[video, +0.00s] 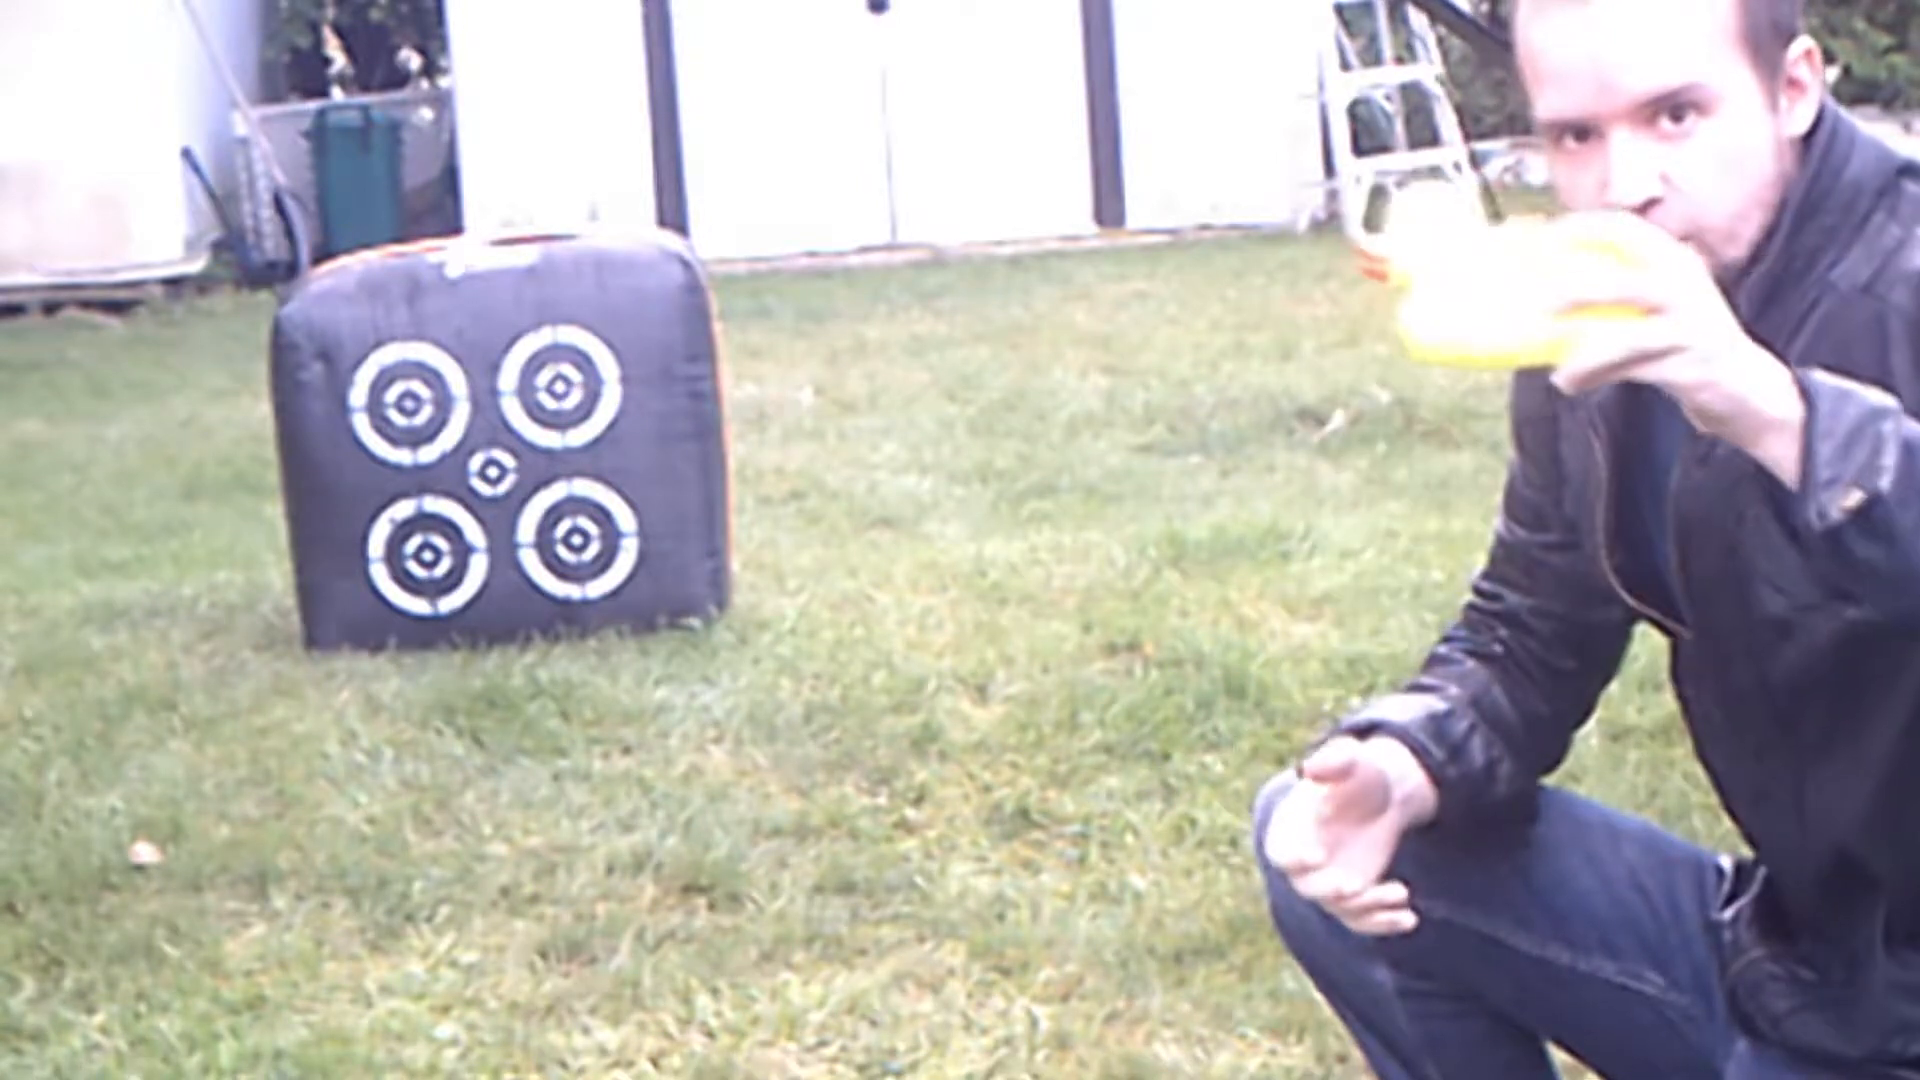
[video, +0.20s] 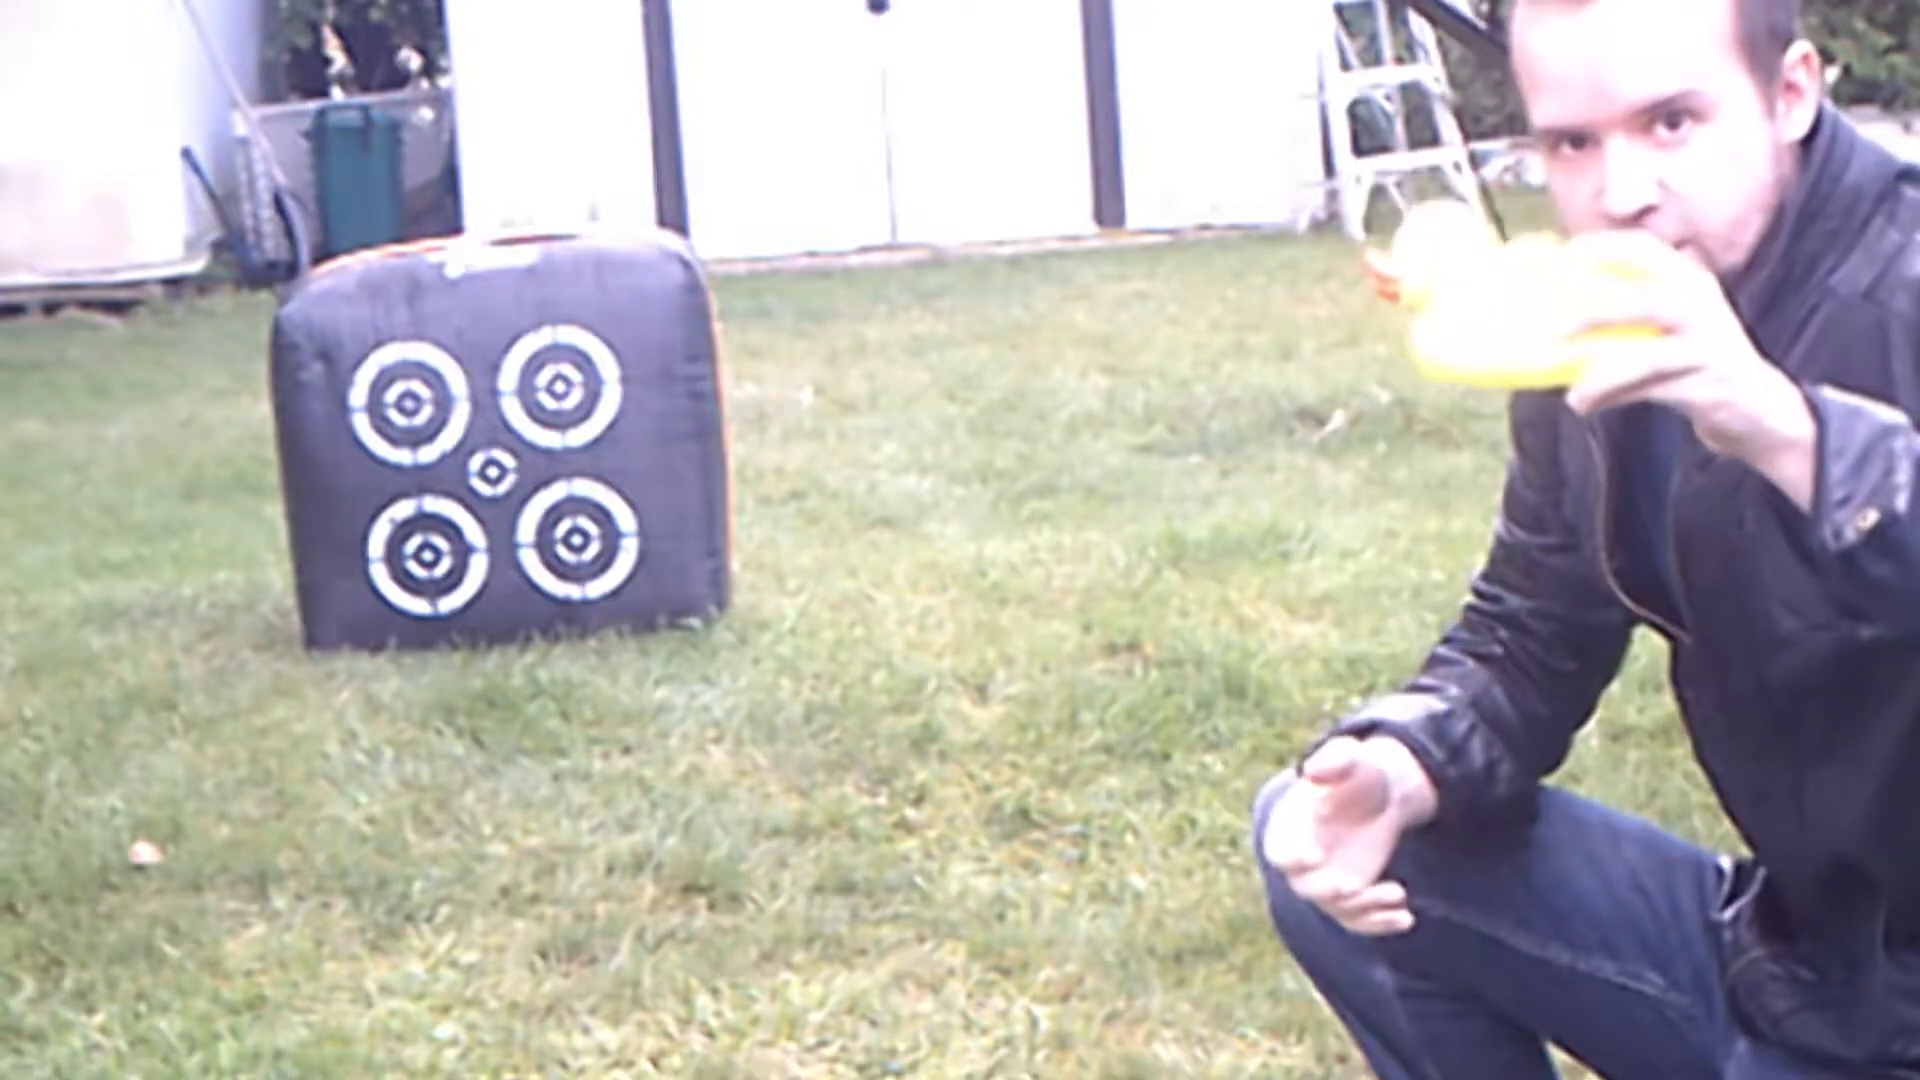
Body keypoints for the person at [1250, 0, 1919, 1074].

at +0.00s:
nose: (1626, 184)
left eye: (1675, 116)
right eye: (1575, 135)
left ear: (1796, 89)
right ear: (1536, 138)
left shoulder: (1898, 281)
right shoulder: (1598, 307)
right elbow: (1531, 629)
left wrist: (1779, 414)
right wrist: (1407, 760)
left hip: (1892, 1026)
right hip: (1769, 939)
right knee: (1328, 848)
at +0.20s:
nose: (1618, 196)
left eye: (1671, 123)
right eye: (1571, 142)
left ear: (1793, 95)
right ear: (1534, 146)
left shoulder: (1897, 288)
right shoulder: (1605, 314)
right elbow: (1530, 630)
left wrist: (1794, 437)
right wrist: (1405, 761)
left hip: (1890, 1029)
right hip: (1769, 939)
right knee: (1327, 847)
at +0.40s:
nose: (1595, 216)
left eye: (1646, 147)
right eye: (1552, 166)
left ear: (1784, 103)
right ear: (1522, 153)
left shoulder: (1901, 293)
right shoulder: (1616, 319)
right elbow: (1530, 634)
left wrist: (1771, 464)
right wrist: (1396, 761)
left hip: (1894, 1028)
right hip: (1765, 940)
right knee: (1342, 862)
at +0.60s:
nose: (1568, 269)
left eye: (1618, 204)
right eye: (1530, 210)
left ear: (1765, 148)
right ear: (1500, 182)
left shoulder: (1895, 371)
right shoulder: (1575, 350)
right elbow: (1536, 623)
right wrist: (1388, 747)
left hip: (1866, 1031)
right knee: (1338, 869)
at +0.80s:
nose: (1535, 349)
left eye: (1586, 287)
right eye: (1500, 289)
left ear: (1737, 219)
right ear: (1472, 246)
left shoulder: (1891, 474)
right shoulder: (1571, 389)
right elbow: (1532, 652)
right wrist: (1390, 744)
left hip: (1858, 1017)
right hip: (1702, 928)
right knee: (1353, 855)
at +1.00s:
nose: (1481, 406)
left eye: (1523, 348)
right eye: (1444, 351)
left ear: (1671, 270)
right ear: (1418, 301)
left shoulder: (1879, 541)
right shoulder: (1592, 392)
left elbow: (1893, 1001)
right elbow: (1522, 649)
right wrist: (1373, 751)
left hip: (1843, 1022)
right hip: (1693, 922)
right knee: (1355, 852)